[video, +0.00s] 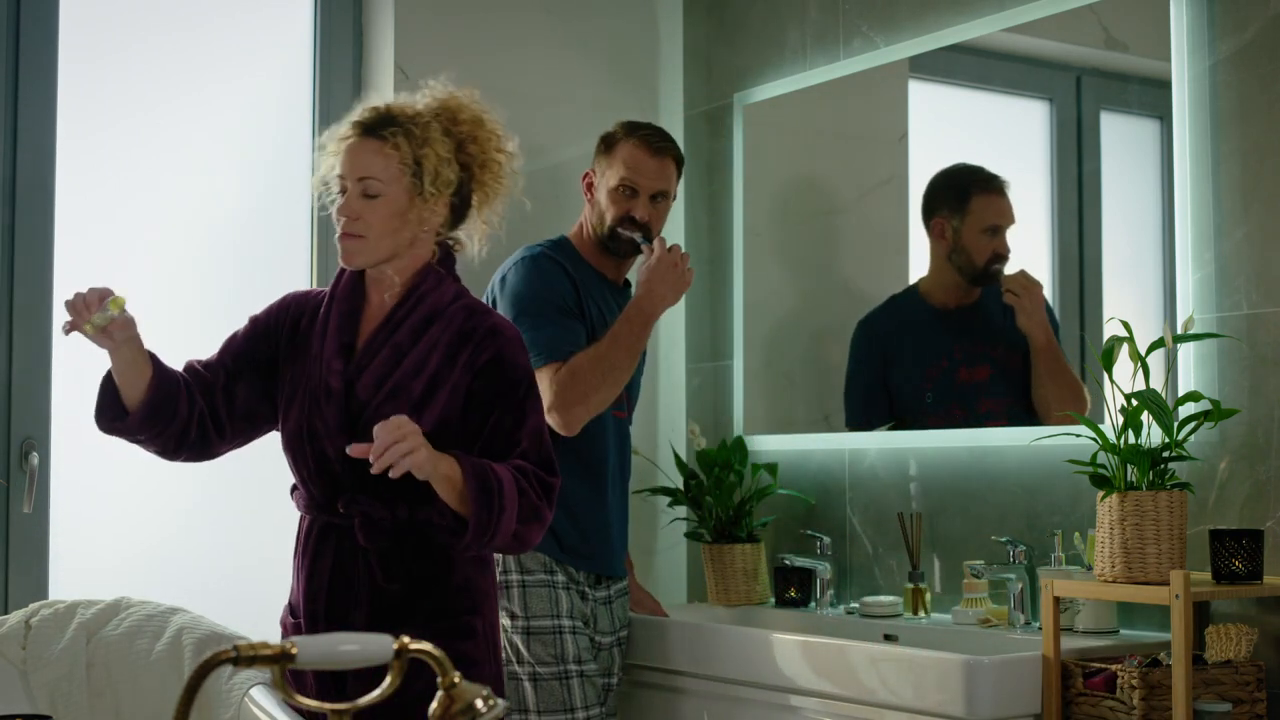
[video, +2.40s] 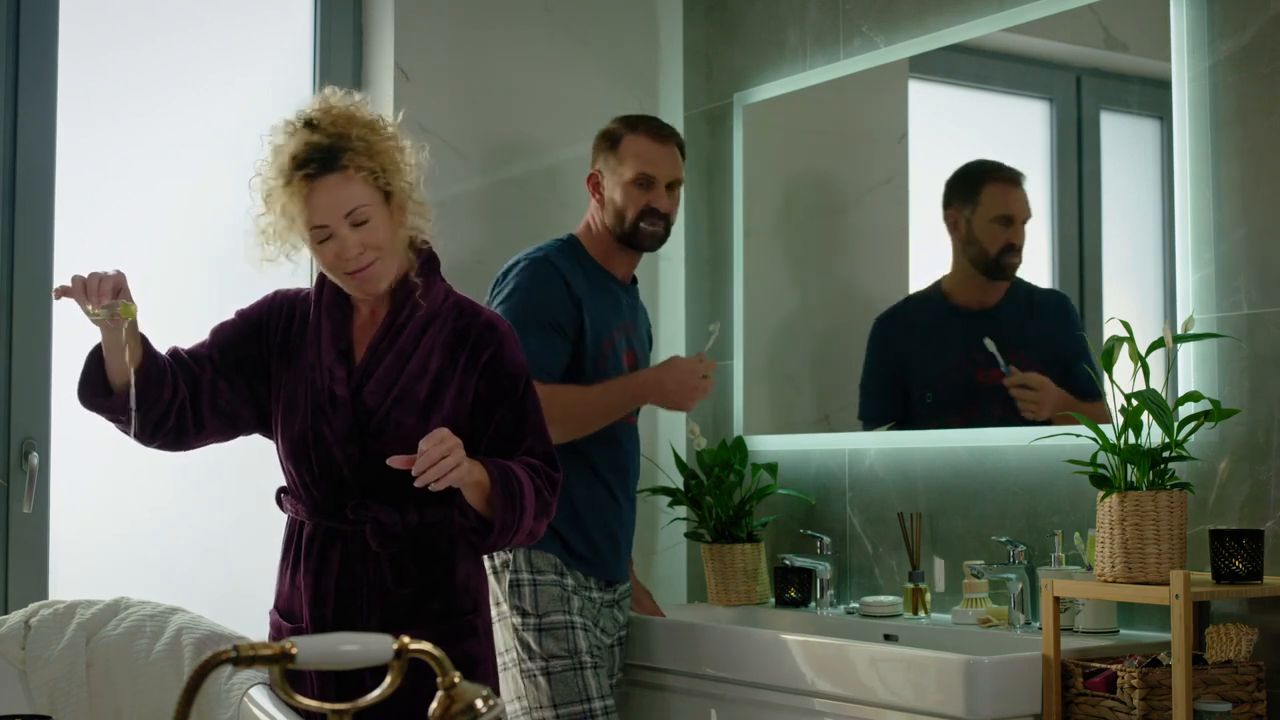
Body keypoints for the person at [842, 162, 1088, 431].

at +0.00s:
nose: (1004, 250)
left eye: (1005, 233)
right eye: (991, 233)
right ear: (941, 231)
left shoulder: (1027, 311)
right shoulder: (880, 331)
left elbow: (1067, 420)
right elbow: (867, 452)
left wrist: (1039, 332)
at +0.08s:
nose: (1005, 249)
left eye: (1006, 233)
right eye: (992, 233)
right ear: (942, 232)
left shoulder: (1027, 311)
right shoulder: (880, 332)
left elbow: (1067, 421)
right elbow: (868, 452)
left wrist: (1039, 331)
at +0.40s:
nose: (1007, 251)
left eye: (1007, 235)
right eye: (993, 235)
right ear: (944, 232)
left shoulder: (1028, 312)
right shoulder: (880, 332)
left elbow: (1069, 422)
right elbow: (867, 452)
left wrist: (1042, 336)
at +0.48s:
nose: (1005, 253)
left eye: (1006, 236)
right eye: (991, 236)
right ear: (941, 231)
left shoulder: (1028, 312)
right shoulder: (881, 332)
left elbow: (1069, 422)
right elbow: (868, 451)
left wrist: (1042, 339)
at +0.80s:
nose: (974, 265)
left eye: (987, 248)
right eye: (958, 248)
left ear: (998, 239)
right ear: (926, 238)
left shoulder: (1031, 311)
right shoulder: (882, 332)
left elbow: (1070, 424)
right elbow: (866, 449)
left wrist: (1029, 350)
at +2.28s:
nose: (1001, 242)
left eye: (1008, 227)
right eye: (985, 225)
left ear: (1013, 225)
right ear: (940, 226)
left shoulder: (1043, 312)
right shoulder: (889, 330)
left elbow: (1090, 421)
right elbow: (871, 448)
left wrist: (1037, 392)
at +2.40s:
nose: (1019, 239)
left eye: (1023, 225)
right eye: (1004, 223)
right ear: (955, 223)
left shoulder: (1053, 313)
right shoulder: (898, 328)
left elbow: (1102, 419)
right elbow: (880, 446)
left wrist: (1061, 404)